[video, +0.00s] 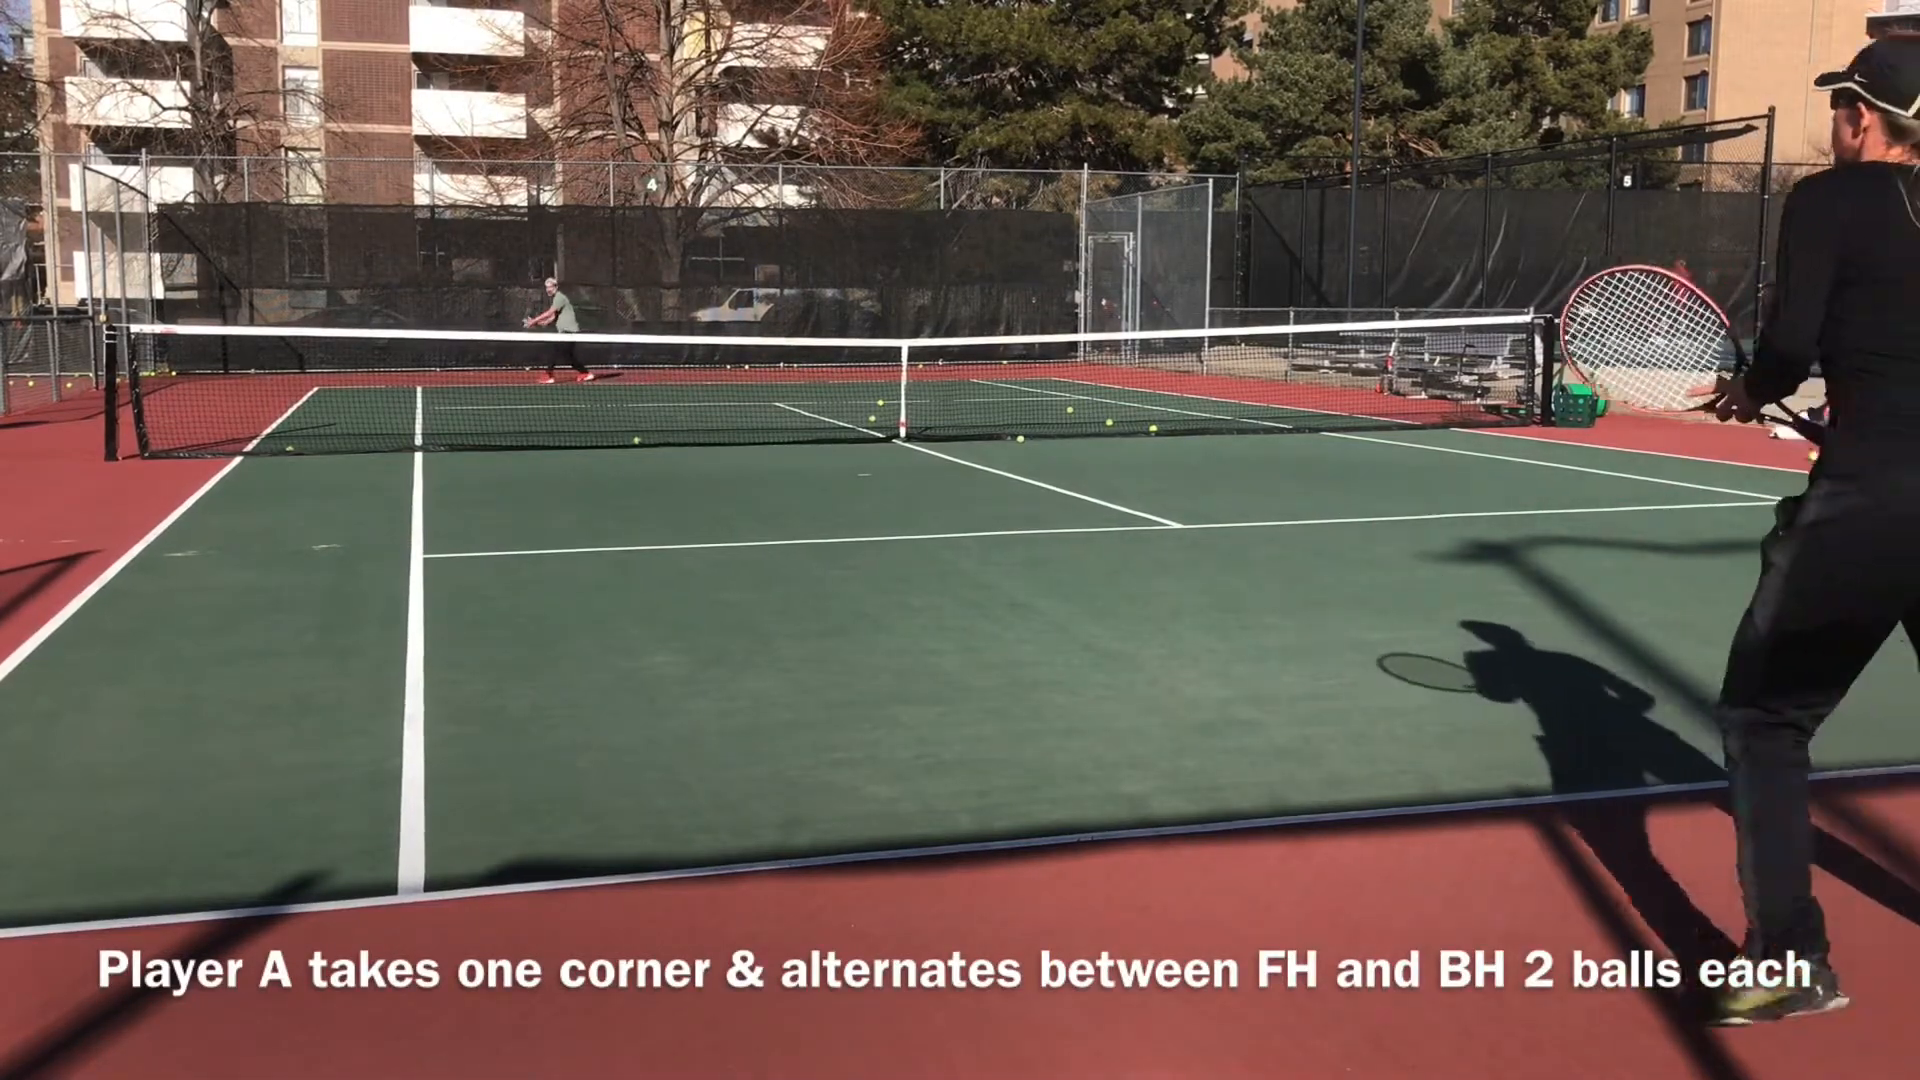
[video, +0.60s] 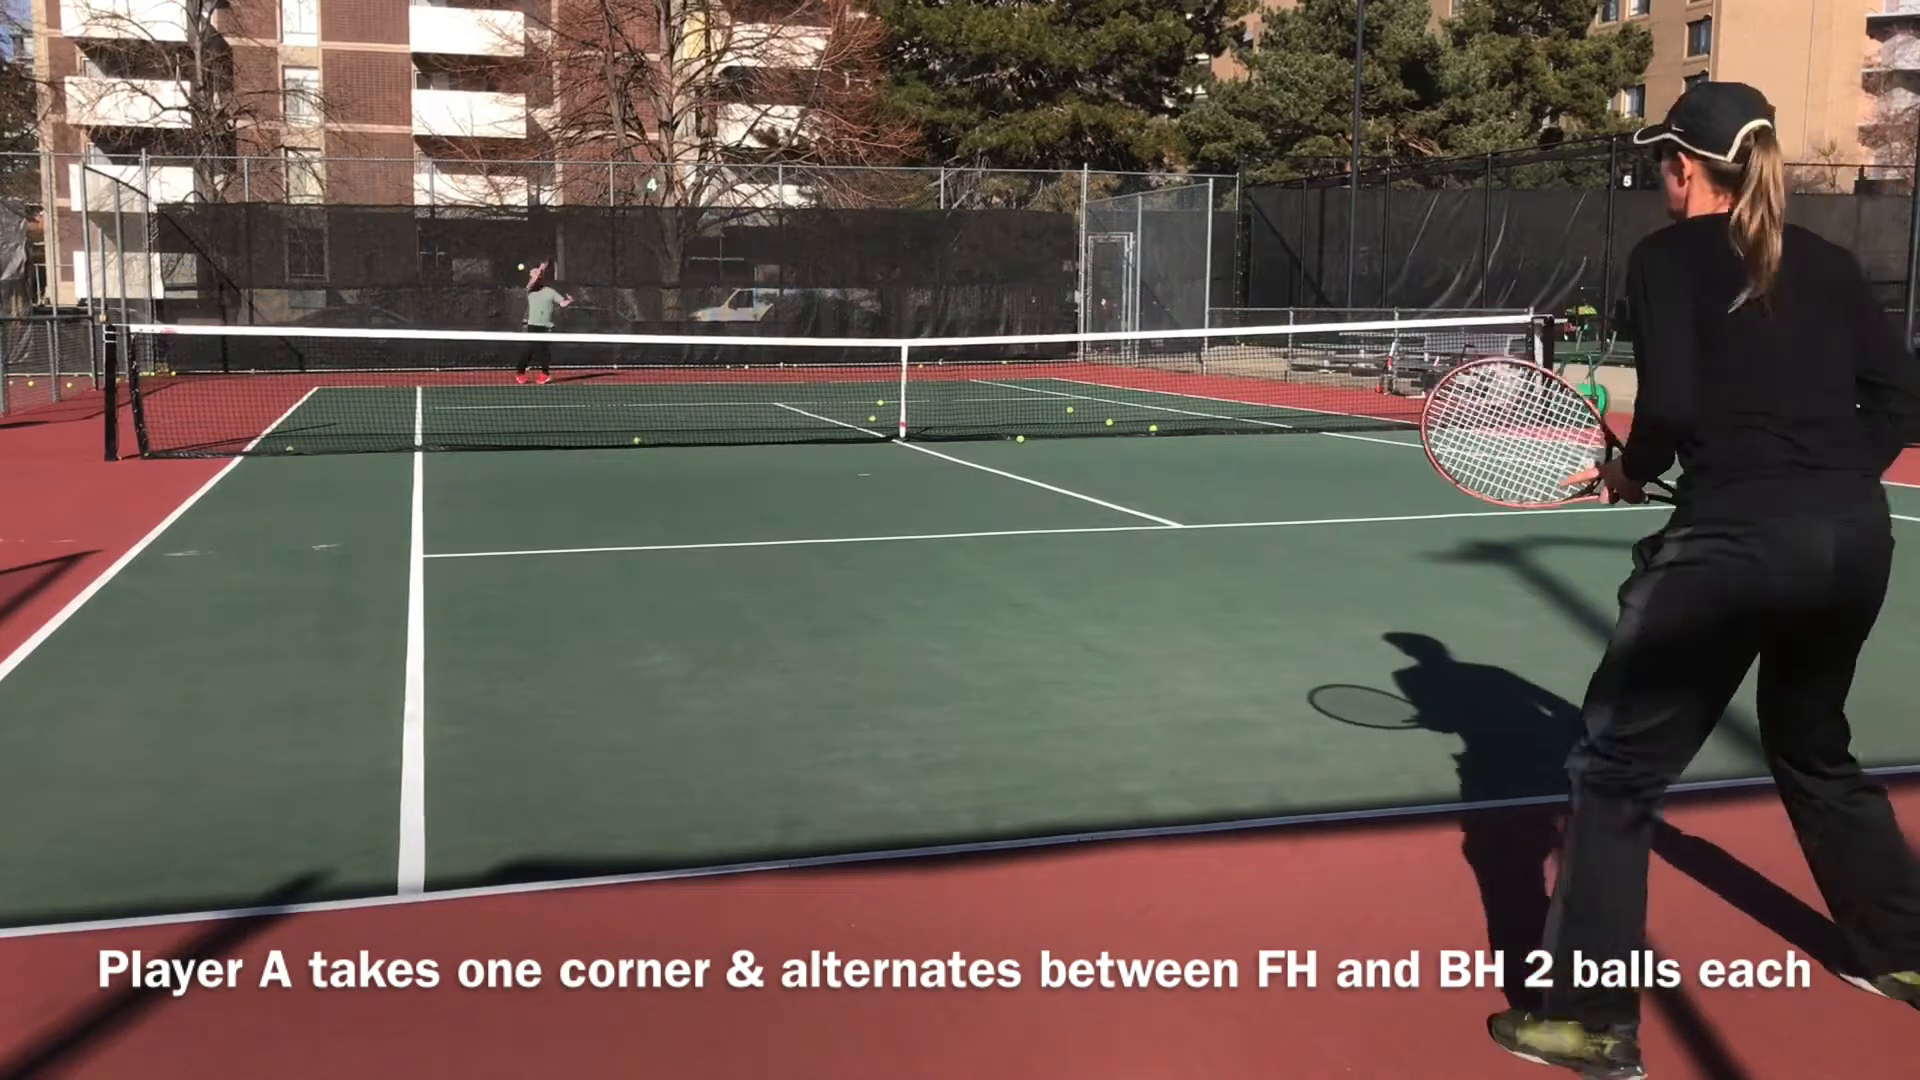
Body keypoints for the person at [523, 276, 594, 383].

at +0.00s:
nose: (548, 289)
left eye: (550, 287)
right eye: (546, 287)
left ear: (555, 287)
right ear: (545, 288)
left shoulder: (559, 297)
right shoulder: (557, 298)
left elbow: (550, 313)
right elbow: (554, 316)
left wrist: (534, 320)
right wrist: (544, 323)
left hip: (568, 331)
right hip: (566, 331)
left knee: (553, 352)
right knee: (569, 355)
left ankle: (549, 374)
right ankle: (584, 373)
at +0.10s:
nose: (540, 290)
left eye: (542, 287)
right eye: (539, 288)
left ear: (548, 287)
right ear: (545, 288)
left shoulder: (552, 297)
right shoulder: (552, 297)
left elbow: (547, 313)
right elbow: (549, 316)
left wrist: (535, 321)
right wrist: (544, 329)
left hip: (560, 331)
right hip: (561, 331)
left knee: (546, 352)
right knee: (560, 355)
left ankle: (547, 375)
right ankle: (581, 371)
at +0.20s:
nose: (535, 288)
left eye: (536, 285)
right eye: (534, 286)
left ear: (542, 284)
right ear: (537, 286)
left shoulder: (550, 294)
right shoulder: (543, 297)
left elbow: (556, 298)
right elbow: (541, 315)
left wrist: (554, 307)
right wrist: (537, 327)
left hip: (552, 328)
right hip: (546, 328)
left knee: (546, 351)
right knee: (553, 353)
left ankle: (548, 374)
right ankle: (574, 366)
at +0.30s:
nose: (533, 285)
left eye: (534, 282)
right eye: (531, 283)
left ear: (540, 280)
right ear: (532, 283)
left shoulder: (551, 289)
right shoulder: (536, 292)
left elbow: (562, 299)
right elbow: (535, 306)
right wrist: (528, 318)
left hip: (553, 324)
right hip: (542, 325)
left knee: (545, 350)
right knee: (546, 350)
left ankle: (547, 373)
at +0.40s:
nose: (533, 280)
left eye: (535, 277)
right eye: (532, 278)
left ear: (541, 275)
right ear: (532, 278)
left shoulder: (551, 286)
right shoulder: (535, 287)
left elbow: (565, 295)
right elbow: (530, 291)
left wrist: (566, 291)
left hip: (550, 322)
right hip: (538, 322)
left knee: (548, 349)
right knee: (543, 349)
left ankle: (549, 373)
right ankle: (547, 372)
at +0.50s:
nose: (537, 277)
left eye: (539, 274)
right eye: (536, 275)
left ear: (542, 275)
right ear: (536, 276)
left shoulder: (551, 287)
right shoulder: (534, 288)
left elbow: (564, 297)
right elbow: (525, 287)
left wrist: (569, 293)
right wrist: (529, 274)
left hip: (547, 323)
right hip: (535, 322)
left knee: (544, 348)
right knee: (536, 347)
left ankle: (545, 372)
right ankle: (535, 368)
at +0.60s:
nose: (537, 277)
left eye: (538, 275)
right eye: (534, 276)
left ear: (542, 277)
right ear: (531, 278)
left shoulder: (549, 291)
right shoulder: (530, 292)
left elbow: (562, 303)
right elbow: (532, 282)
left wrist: (568, 301)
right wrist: (540, 270)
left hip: (546, 325)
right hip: (532, 325)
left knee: (545, 350)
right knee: (529, 349)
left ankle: (545, 373)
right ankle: (520, 372)